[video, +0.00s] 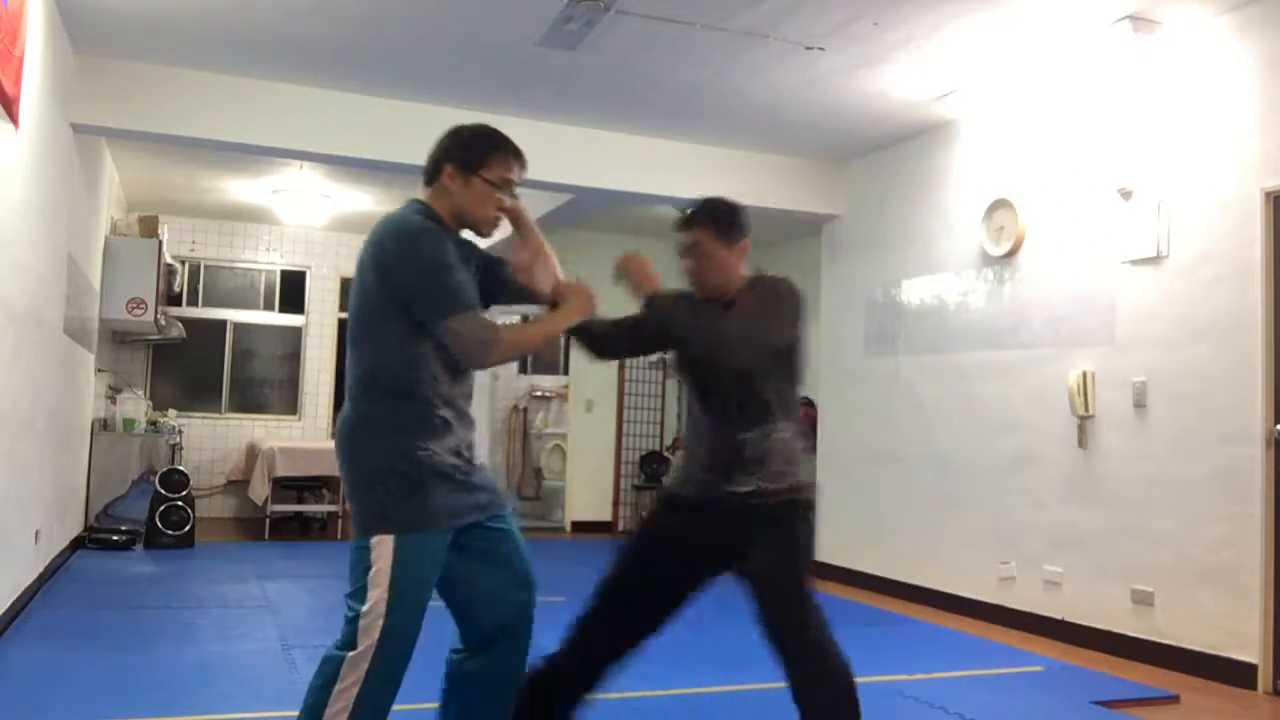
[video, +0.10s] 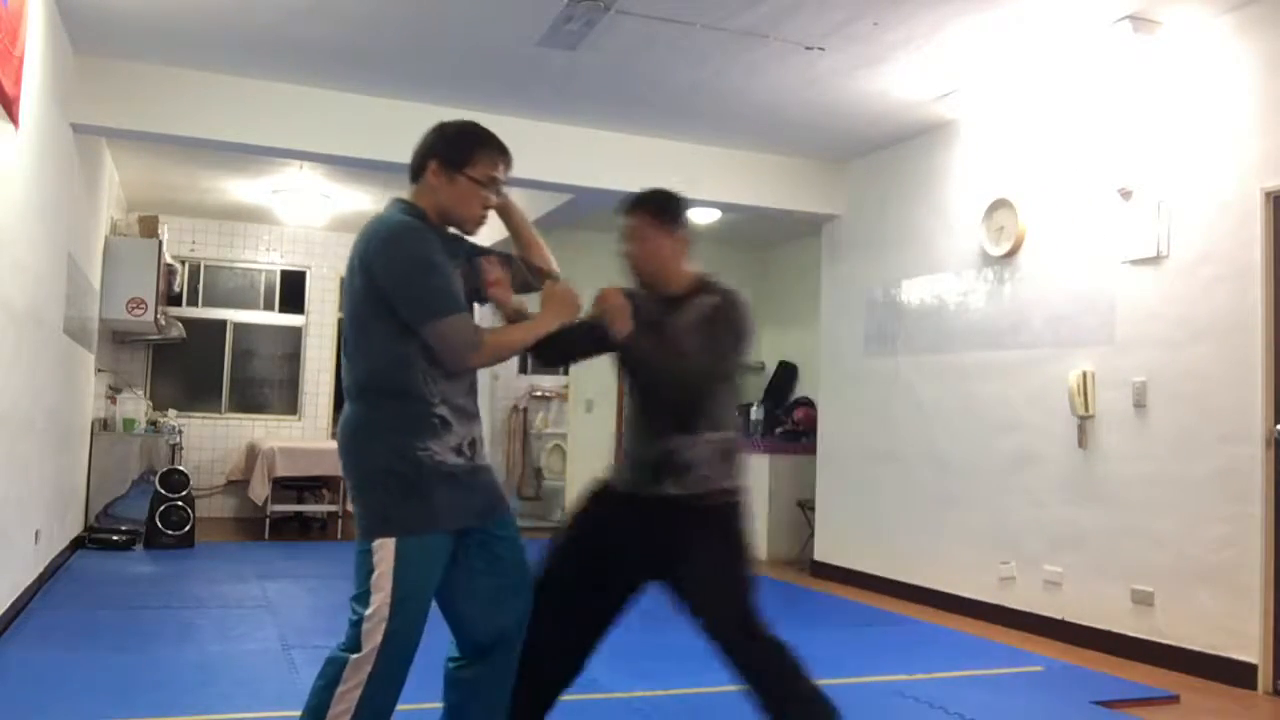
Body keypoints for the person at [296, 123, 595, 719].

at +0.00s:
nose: (506, 202)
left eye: (511, 191)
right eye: (499, 187)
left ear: (455, 182)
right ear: (452, 176)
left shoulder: (452, 248)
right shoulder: (411, 236)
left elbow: (541, 281)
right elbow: (476, 344)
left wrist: (514, 206)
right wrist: (565, 315)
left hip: (456, 467)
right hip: (399, 468)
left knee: (504, 611)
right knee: (378, 640)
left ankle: (478, 717)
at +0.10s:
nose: (491, 202)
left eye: (496, 190)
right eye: (485, 186)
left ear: (438, 178)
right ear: (439, 173)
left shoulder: (443, 245)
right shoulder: (399, 237)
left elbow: (540, 276)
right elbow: (464, 348)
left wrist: (501, 196)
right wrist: (544, 321)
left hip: (460, 465)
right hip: (402, 467)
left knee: (502, 627)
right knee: (379, 646)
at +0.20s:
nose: (477, 198)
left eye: (481, 185)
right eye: (469, 181)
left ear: (425, 173)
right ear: (423, 168)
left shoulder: (433, 238)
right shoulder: (392, 235)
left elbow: (527, 263)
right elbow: (458, 347)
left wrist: (487, 190)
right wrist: (535, 319)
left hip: (466, 463)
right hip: (407, 468)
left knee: (500, 623)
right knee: (384, 640)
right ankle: (332, 719)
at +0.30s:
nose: (459, 192)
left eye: (463, 180)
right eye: (450, 177)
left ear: (409, 169)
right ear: (406, 164)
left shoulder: (414, 230)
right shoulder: (388, 235)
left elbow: (514, 257)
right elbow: (455, 348)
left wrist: (469, 185)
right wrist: (529, 318)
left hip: (469, 459)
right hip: (415, 465)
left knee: (502, 626)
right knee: (391, 636)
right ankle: (333, 719)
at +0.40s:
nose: (445, 186)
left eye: (449, 175)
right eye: (438, 172)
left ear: (387, 167)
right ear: (394, 164)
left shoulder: (382, 227)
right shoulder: (388, 235)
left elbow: (478, 245)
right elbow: (453, 350)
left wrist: (450, 185)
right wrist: (518, 313)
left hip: (468, 458)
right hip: (422, 463)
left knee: (498, 630)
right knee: (394, 637)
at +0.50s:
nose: (439, 186)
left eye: (441, 173)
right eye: (432, 171)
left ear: (376, 166)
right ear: (388, 163)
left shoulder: (353, 227)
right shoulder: (390, 235)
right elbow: (453, 349)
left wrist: (446, 244)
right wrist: (514, 301)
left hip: (460, 455)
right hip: (422, 458)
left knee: (493, 627)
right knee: (395, 637)